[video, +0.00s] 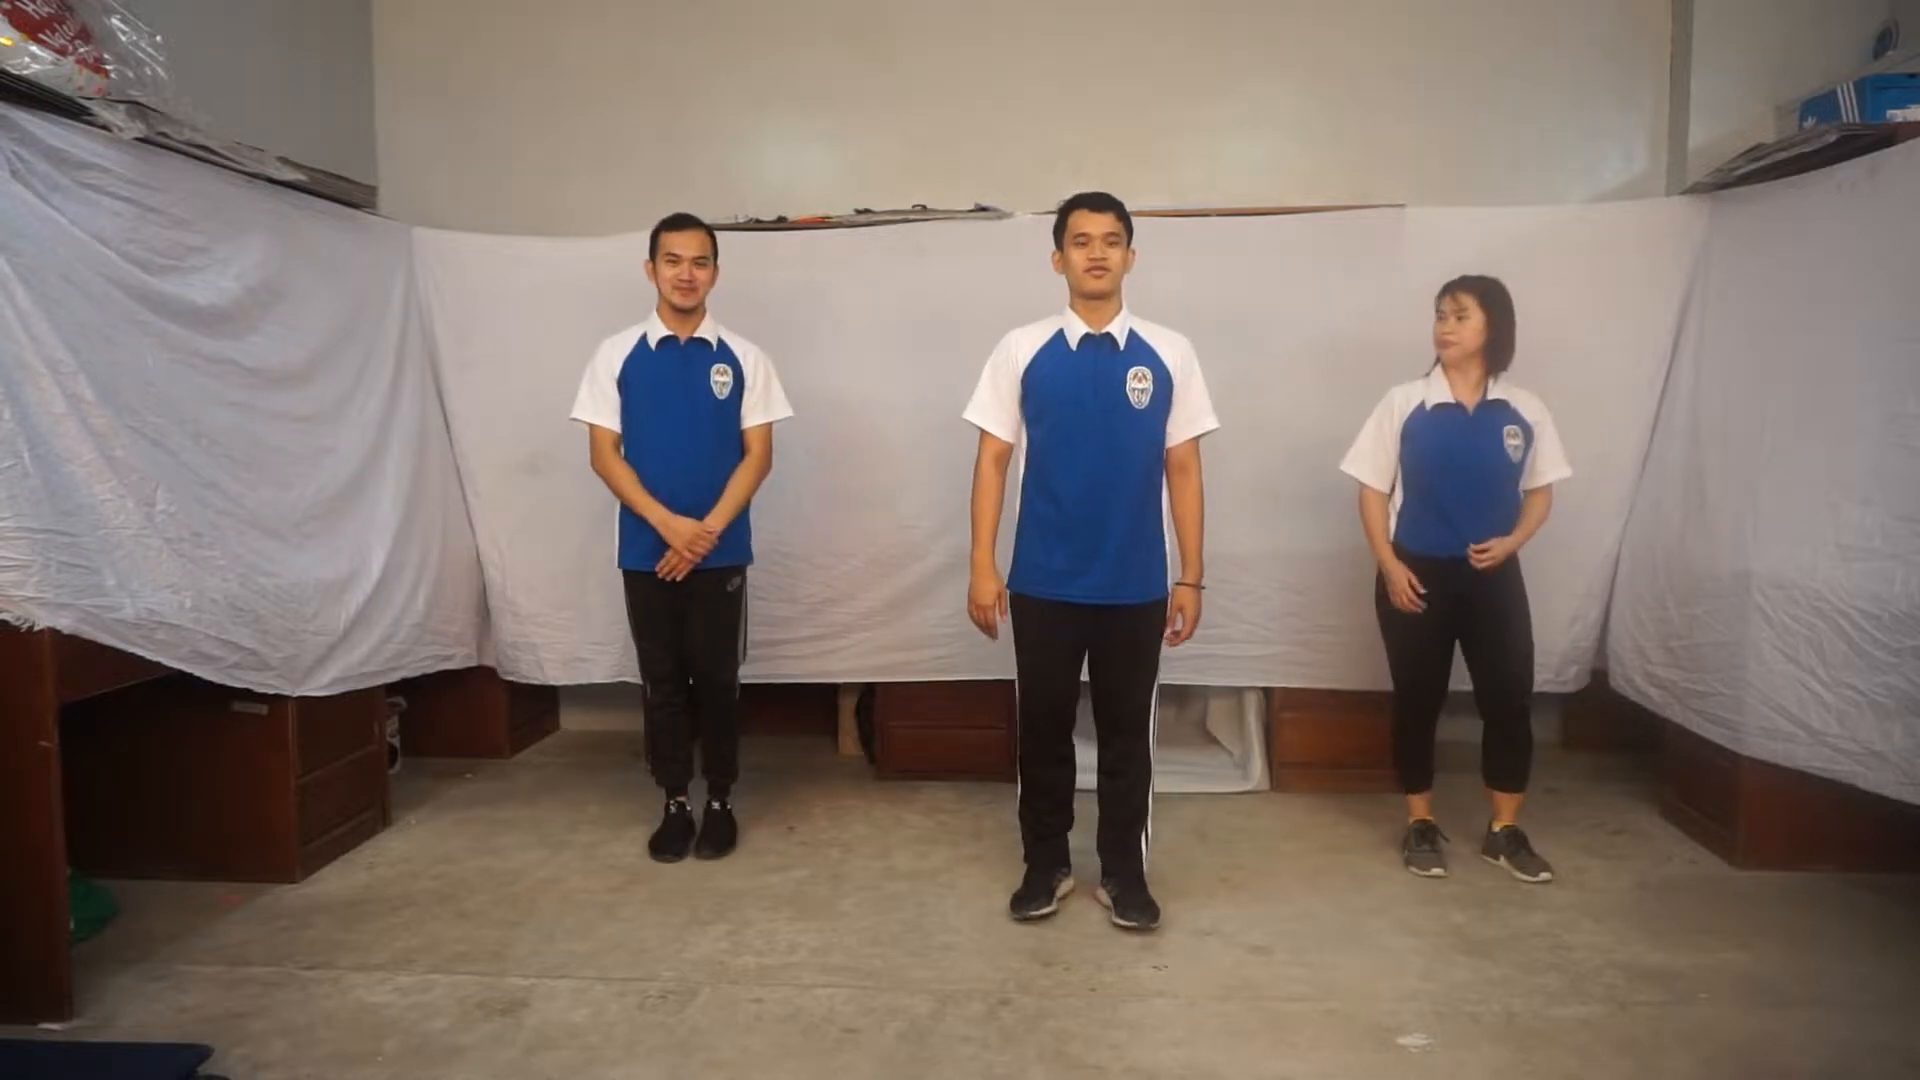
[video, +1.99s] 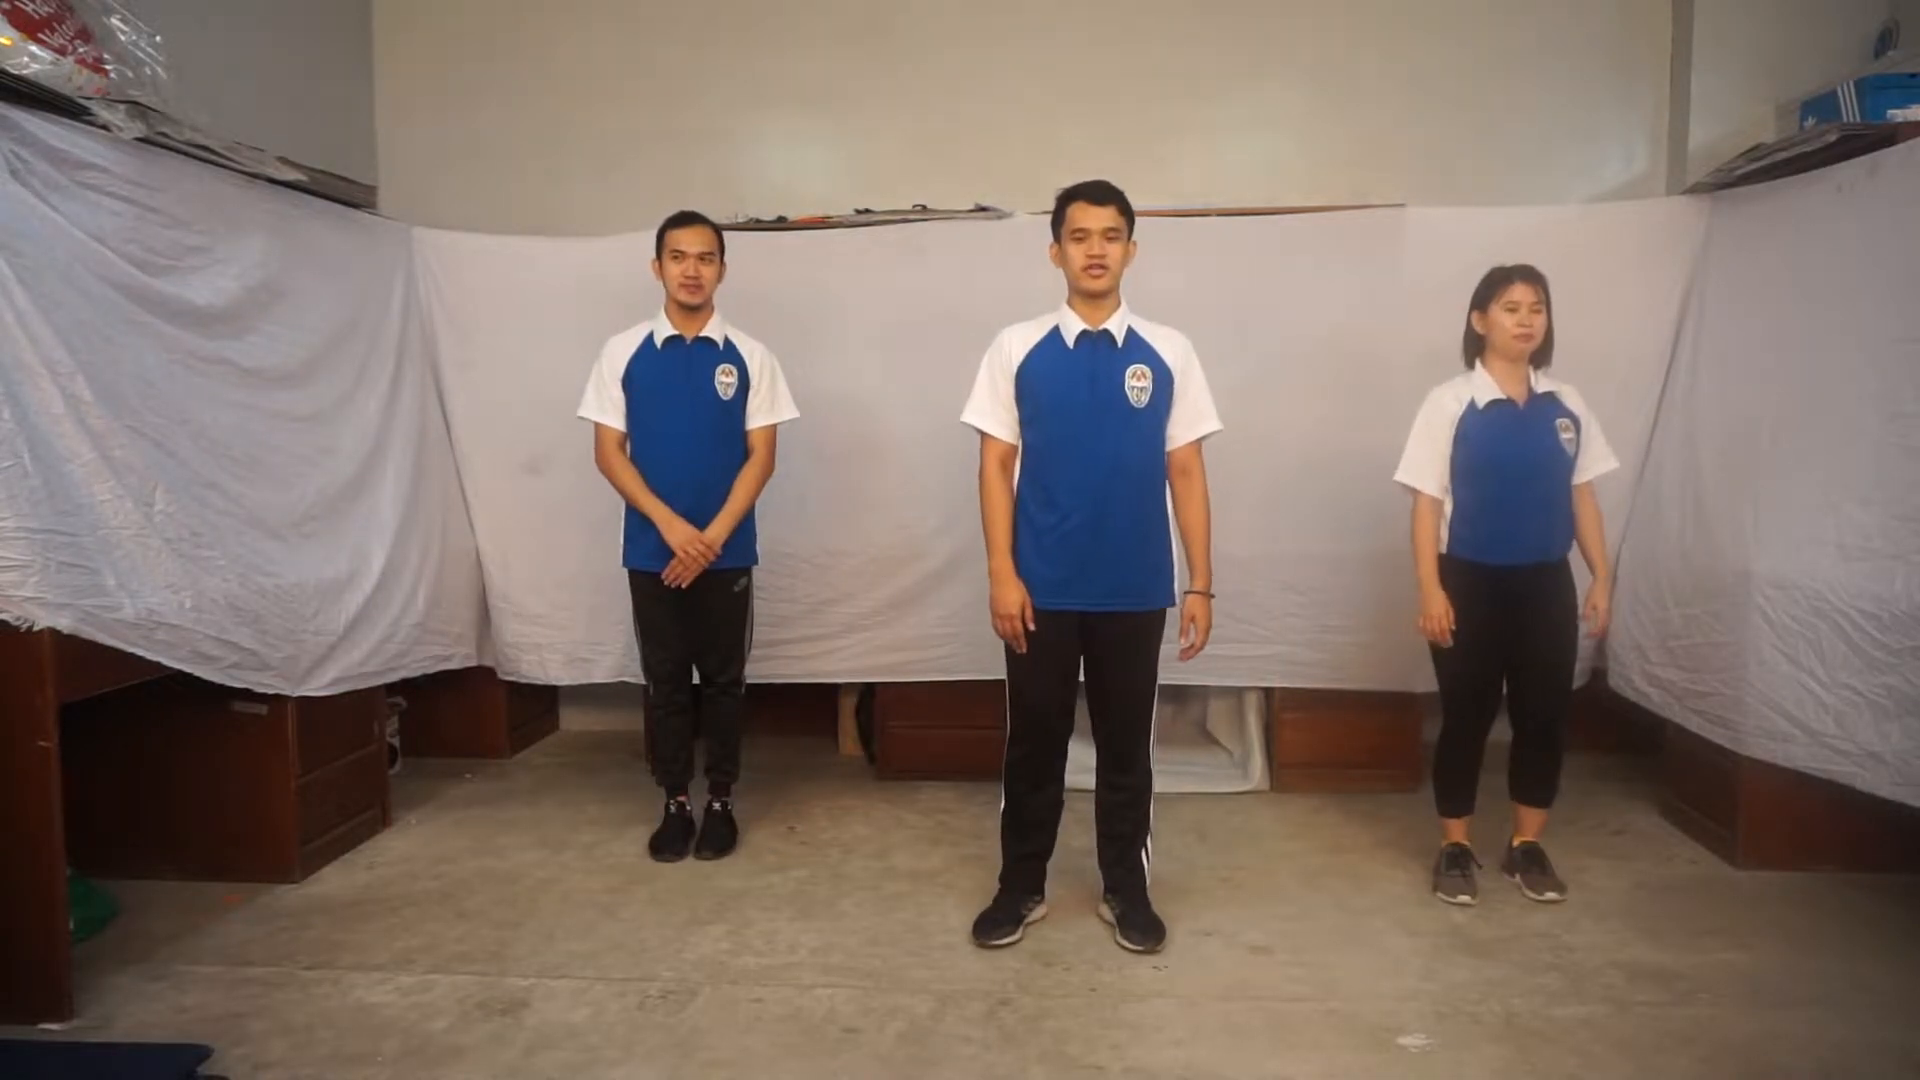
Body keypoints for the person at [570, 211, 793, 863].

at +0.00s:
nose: (687, 273)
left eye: (700, 262)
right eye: (673, 261)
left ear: (714, 273)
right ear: (653, 270)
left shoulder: (744, 359)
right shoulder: (617, 355)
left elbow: (759, 457)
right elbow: (603, 456)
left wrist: (703, 537)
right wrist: (665, 521)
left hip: (720, 555)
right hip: (647, 556)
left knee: (717, 683)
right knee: (663, 687)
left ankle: (719, 801)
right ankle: (676, 804)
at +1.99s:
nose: (693, 269)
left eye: (705, 258)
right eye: (680, 257)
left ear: (720, 270)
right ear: (659, 268)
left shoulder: (750, 358)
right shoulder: (623, 353)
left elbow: (762, 459)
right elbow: (608, 454)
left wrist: (708, 542)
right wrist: (667, 521)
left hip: (726, 555)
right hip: (654, 556)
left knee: (723, 684)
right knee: (666, 687)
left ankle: (720, 802)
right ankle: (676, 804)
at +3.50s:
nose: (650, 268)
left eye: (663, 257)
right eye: (637, 256)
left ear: (680, 269)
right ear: (617, 266)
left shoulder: (708, 354)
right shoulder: (583, 353)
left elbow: (755, 435)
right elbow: (548, 440)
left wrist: (807, 510)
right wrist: (561, 500)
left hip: (691, 550)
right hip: (617, 551)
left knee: (702, 675)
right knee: (631, 680)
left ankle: (739, 796)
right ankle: (637, 799)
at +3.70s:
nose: (670, 274)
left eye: (683, 262)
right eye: (656, 262)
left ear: (700, 271)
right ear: (638, 272)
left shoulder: (730, 352)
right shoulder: (610, 357)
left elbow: (755, 422)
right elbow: (570, 440)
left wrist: (761, 468)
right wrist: (504, 393)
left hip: (707, 553)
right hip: (638, 554)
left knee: (701, 676)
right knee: (631, 674)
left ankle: (750, 811)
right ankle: (634, 799)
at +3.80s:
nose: (663, 274)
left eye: (677, 262)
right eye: (658, 263)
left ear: (715, 270)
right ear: (654, 272)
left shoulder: (740, 349)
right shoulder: (642, 351)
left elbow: (728, 442)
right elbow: (573, 406)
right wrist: (555, 332)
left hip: (728, 554)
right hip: (663, 552)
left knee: (728, 682)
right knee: (657, 676)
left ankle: (753, 813)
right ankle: (638, 797)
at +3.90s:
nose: (673, 274)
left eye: (685, 263)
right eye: (674, 263)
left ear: (725, 270)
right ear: (709, 272)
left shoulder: (739, 346)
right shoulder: (699, 337)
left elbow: (687, 451)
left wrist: (591, 462)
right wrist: (623, 278)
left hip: (749, 550)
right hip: (707, 545)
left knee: (741, 681)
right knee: (686, 664)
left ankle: (754, 817)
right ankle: (730, 792)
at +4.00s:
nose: (685, 273)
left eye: (694, 262)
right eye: (686, 261)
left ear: (730, 272)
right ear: (737, 273)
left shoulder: (730, 344)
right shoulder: (756, 327)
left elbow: (677, 459)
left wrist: (653, 462)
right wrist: (696, 193)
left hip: (756, 541)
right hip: (753, 533)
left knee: (747, 678)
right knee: (734, 667)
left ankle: (753, 817)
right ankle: (833, 761)